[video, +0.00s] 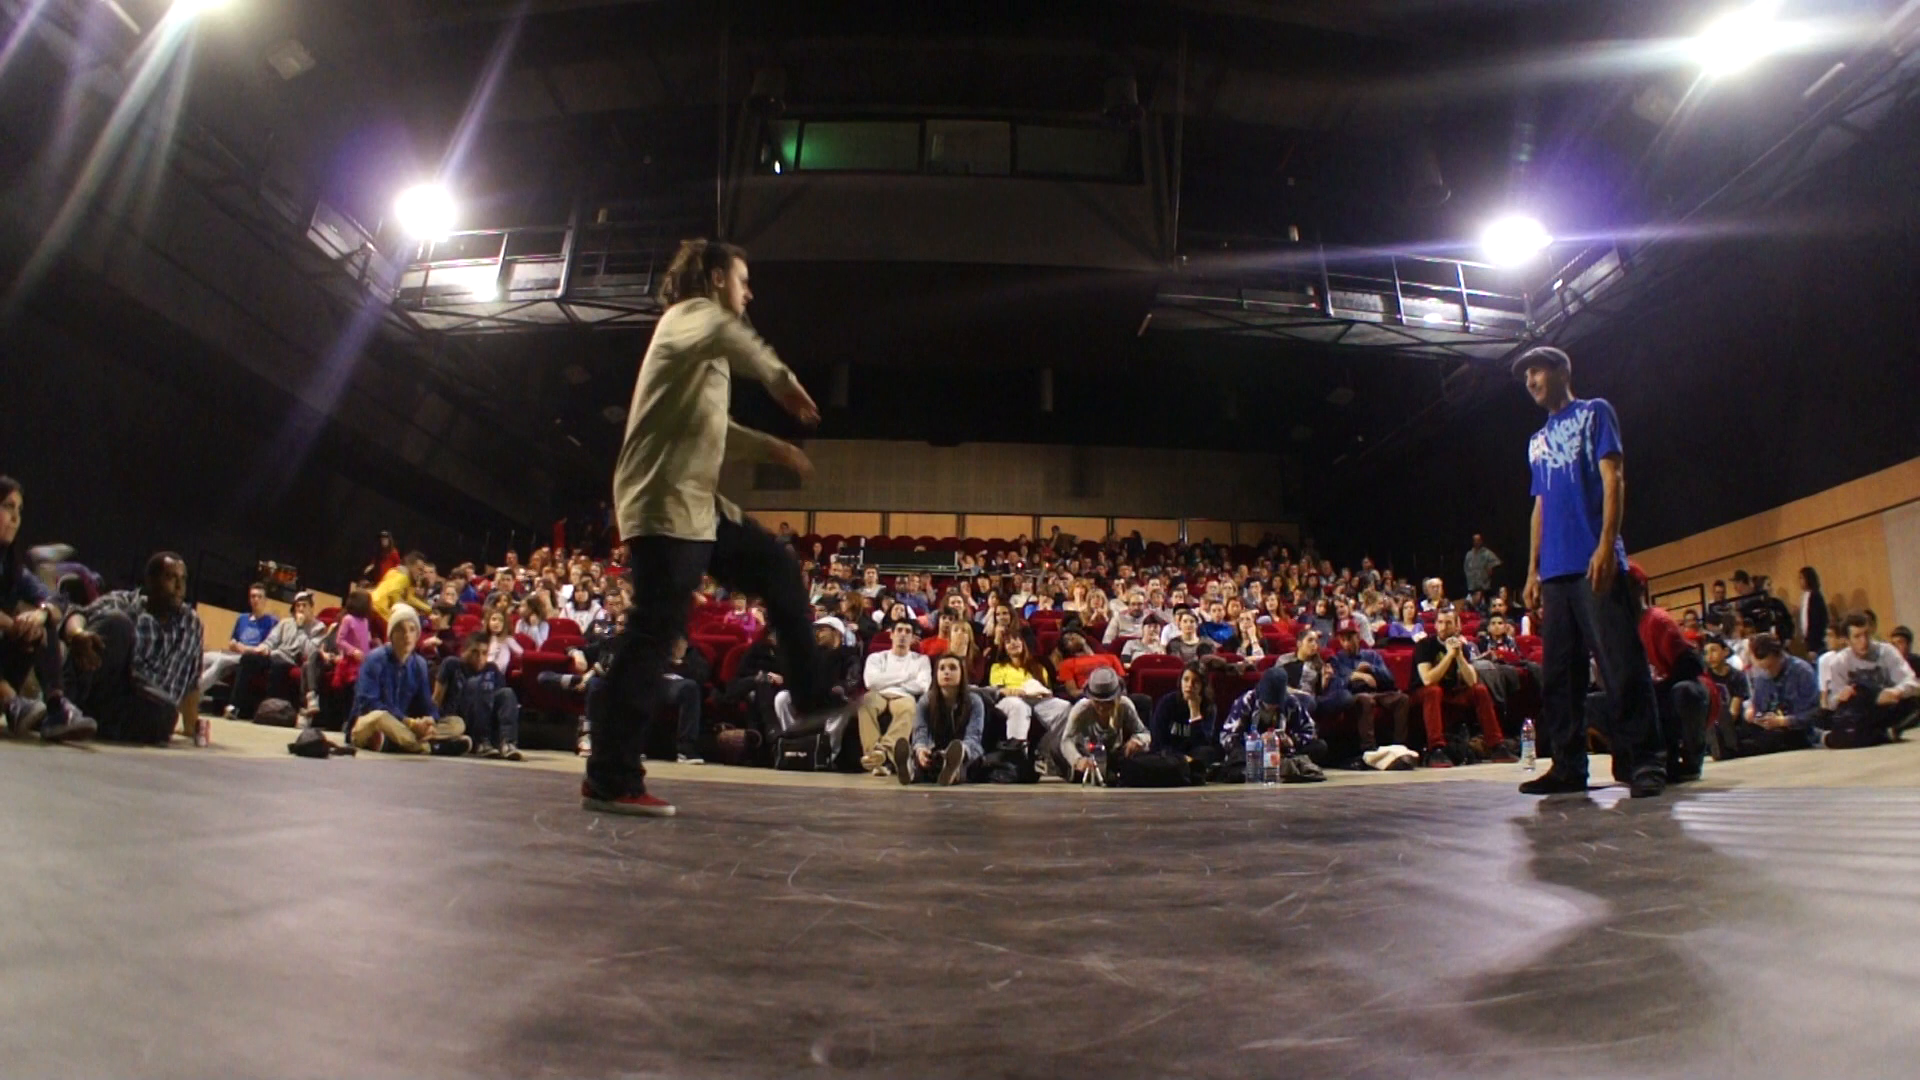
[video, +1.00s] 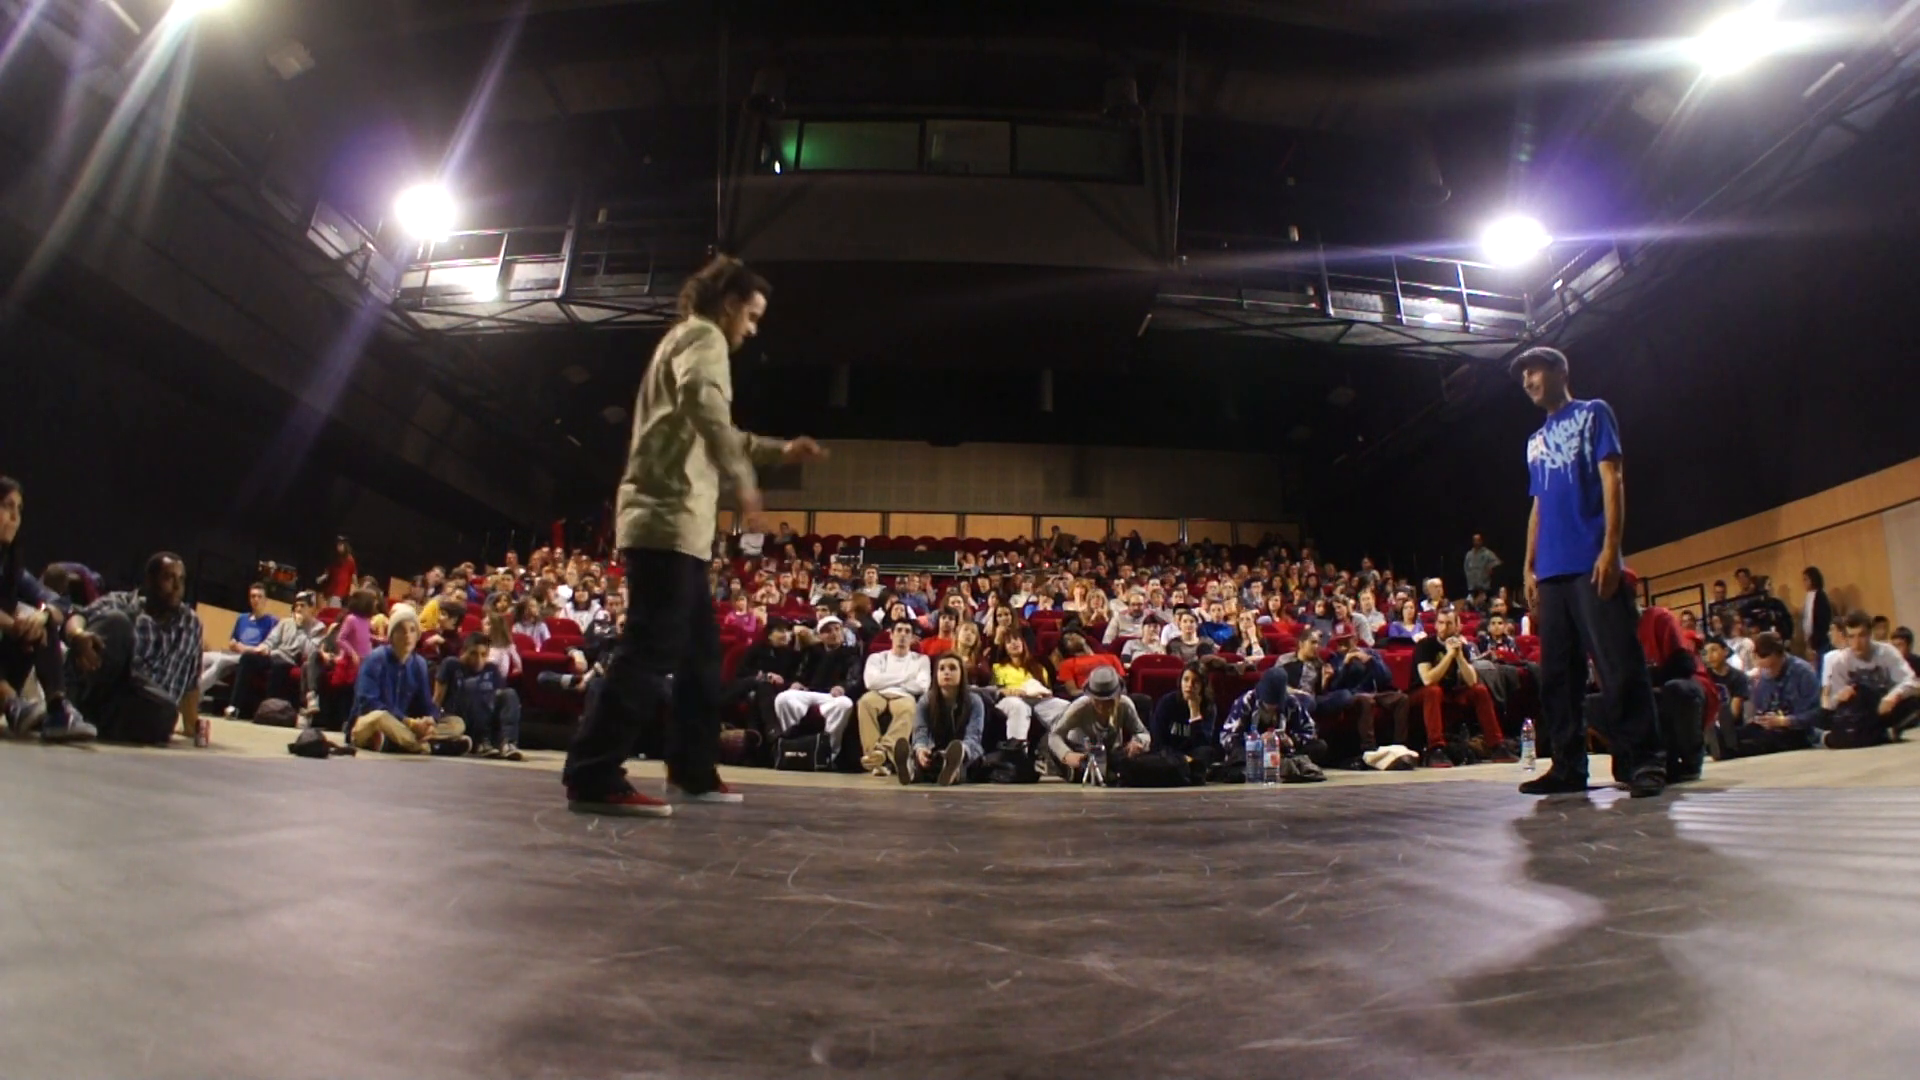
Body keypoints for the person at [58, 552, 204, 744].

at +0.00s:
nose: (179, 587)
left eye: (183, 580)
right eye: (171, 578)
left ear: (186, 584)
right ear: (151, 580)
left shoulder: (192, 624)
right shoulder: (124, 602)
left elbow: (191, 685)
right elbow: (77, 615)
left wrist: (191, 732)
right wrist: (76, 634)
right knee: (116, 625)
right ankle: (64, 711)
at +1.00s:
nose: (177, 587)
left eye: (181, 580)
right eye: (169, 579)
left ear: (185, 584)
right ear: (151, 580)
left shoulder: (191, 624)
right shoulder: (122, 602)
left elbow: (190, 685)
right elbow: (78, 617)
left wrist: (191, 731)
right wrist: (76, 635)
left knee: (160, 719)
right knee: (116, 623)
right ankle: (68, 709)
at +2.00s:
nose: (178, 589)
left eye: (183, 583)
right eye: (170, 581)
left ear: (186, 586)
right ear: (152, 582)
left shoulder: (191, 624)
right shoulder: (122, 602)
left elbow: (190, 684)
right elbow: (78, 617)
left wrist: (191, 730)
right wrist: (76, 635)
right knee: (117, 625)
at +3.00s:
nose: (178, 589)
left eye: (182, 582)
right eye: (170, 581)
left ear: (186, 585)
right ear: (151, 581)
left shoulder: (191, 623)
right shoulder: (122, 603)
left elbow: (190, 685)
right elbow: (76, 620)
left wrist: (191, 731)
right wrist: (78, 636)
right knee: (117, 625)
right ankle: (67, 709)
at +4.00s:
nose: (176, 585)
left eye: (180, 580)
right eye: (168, 577)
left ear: (185, 585)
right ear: (152, 579)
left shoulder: (190, 621)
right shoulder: (131, 606)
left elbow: (190, 683)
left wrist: (191, 730)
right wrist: (121, 565)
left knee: (161, 718)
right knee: (117, 622)